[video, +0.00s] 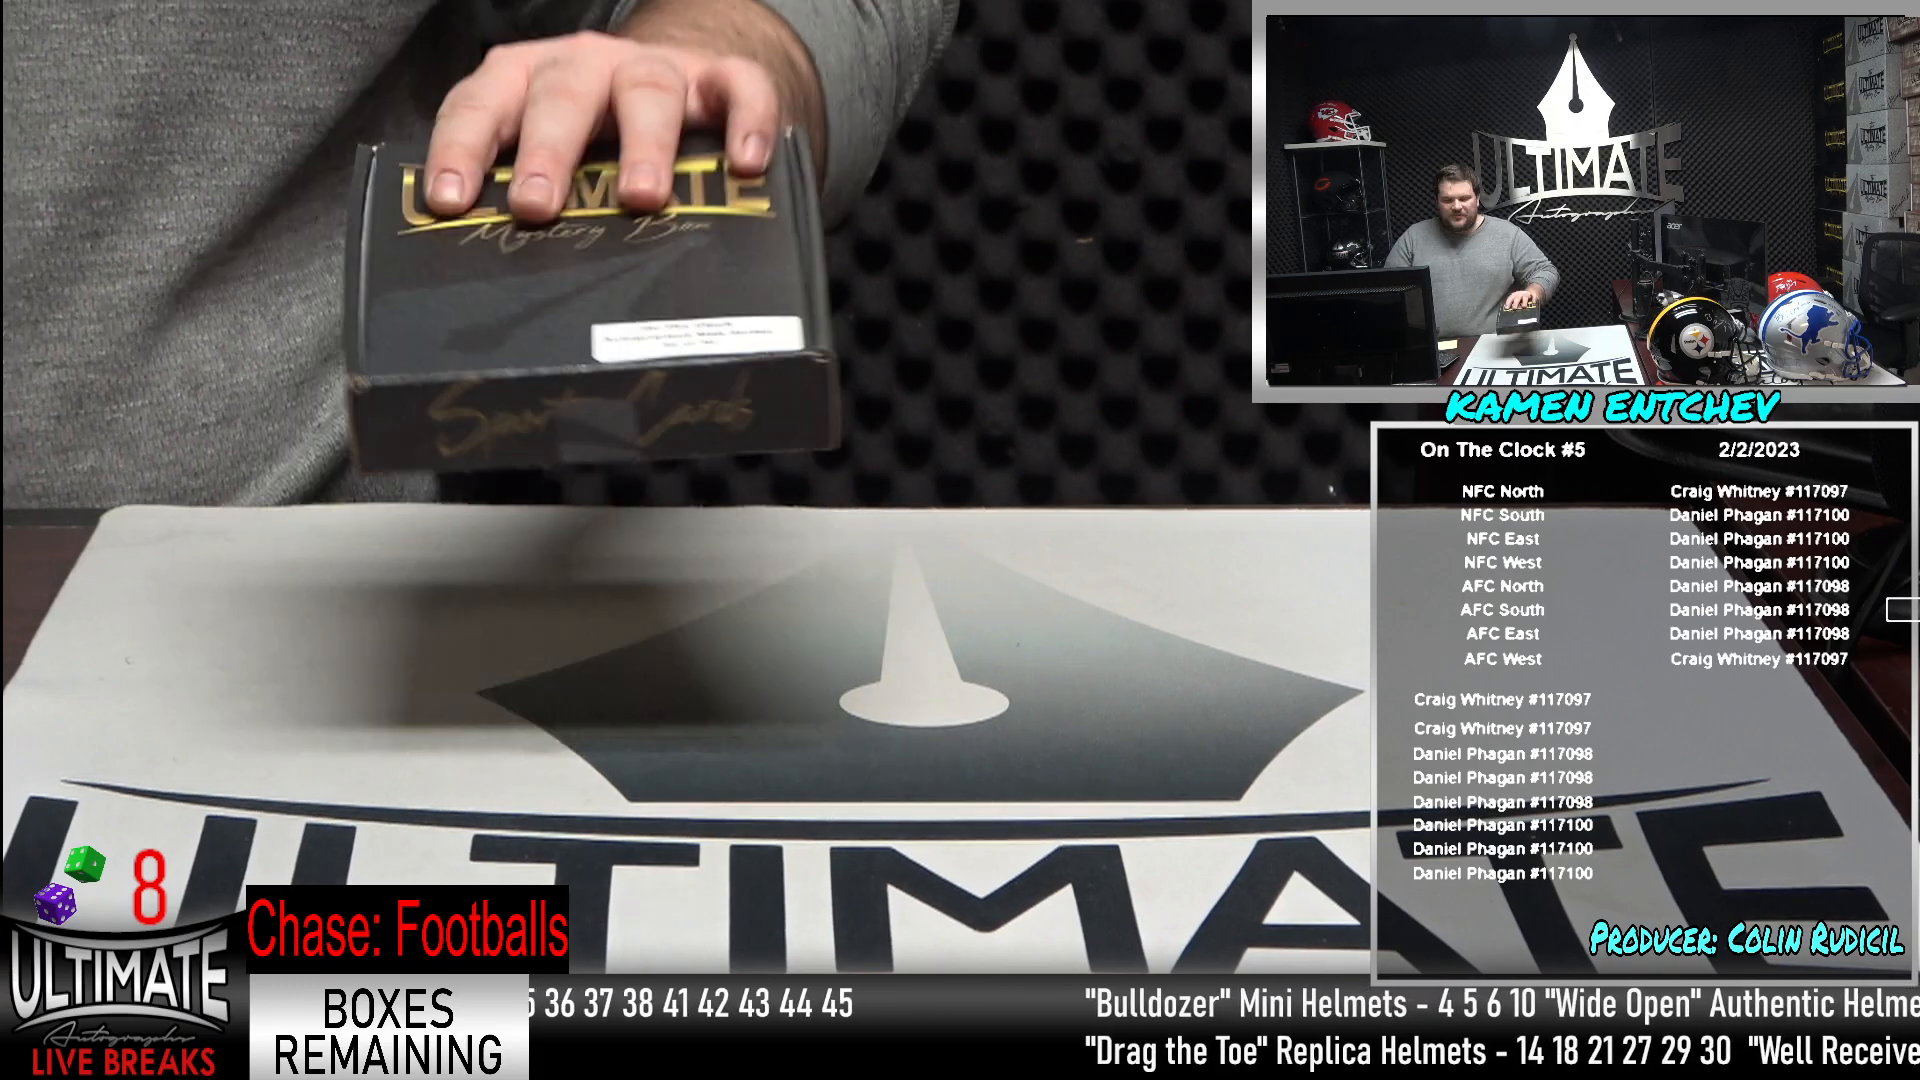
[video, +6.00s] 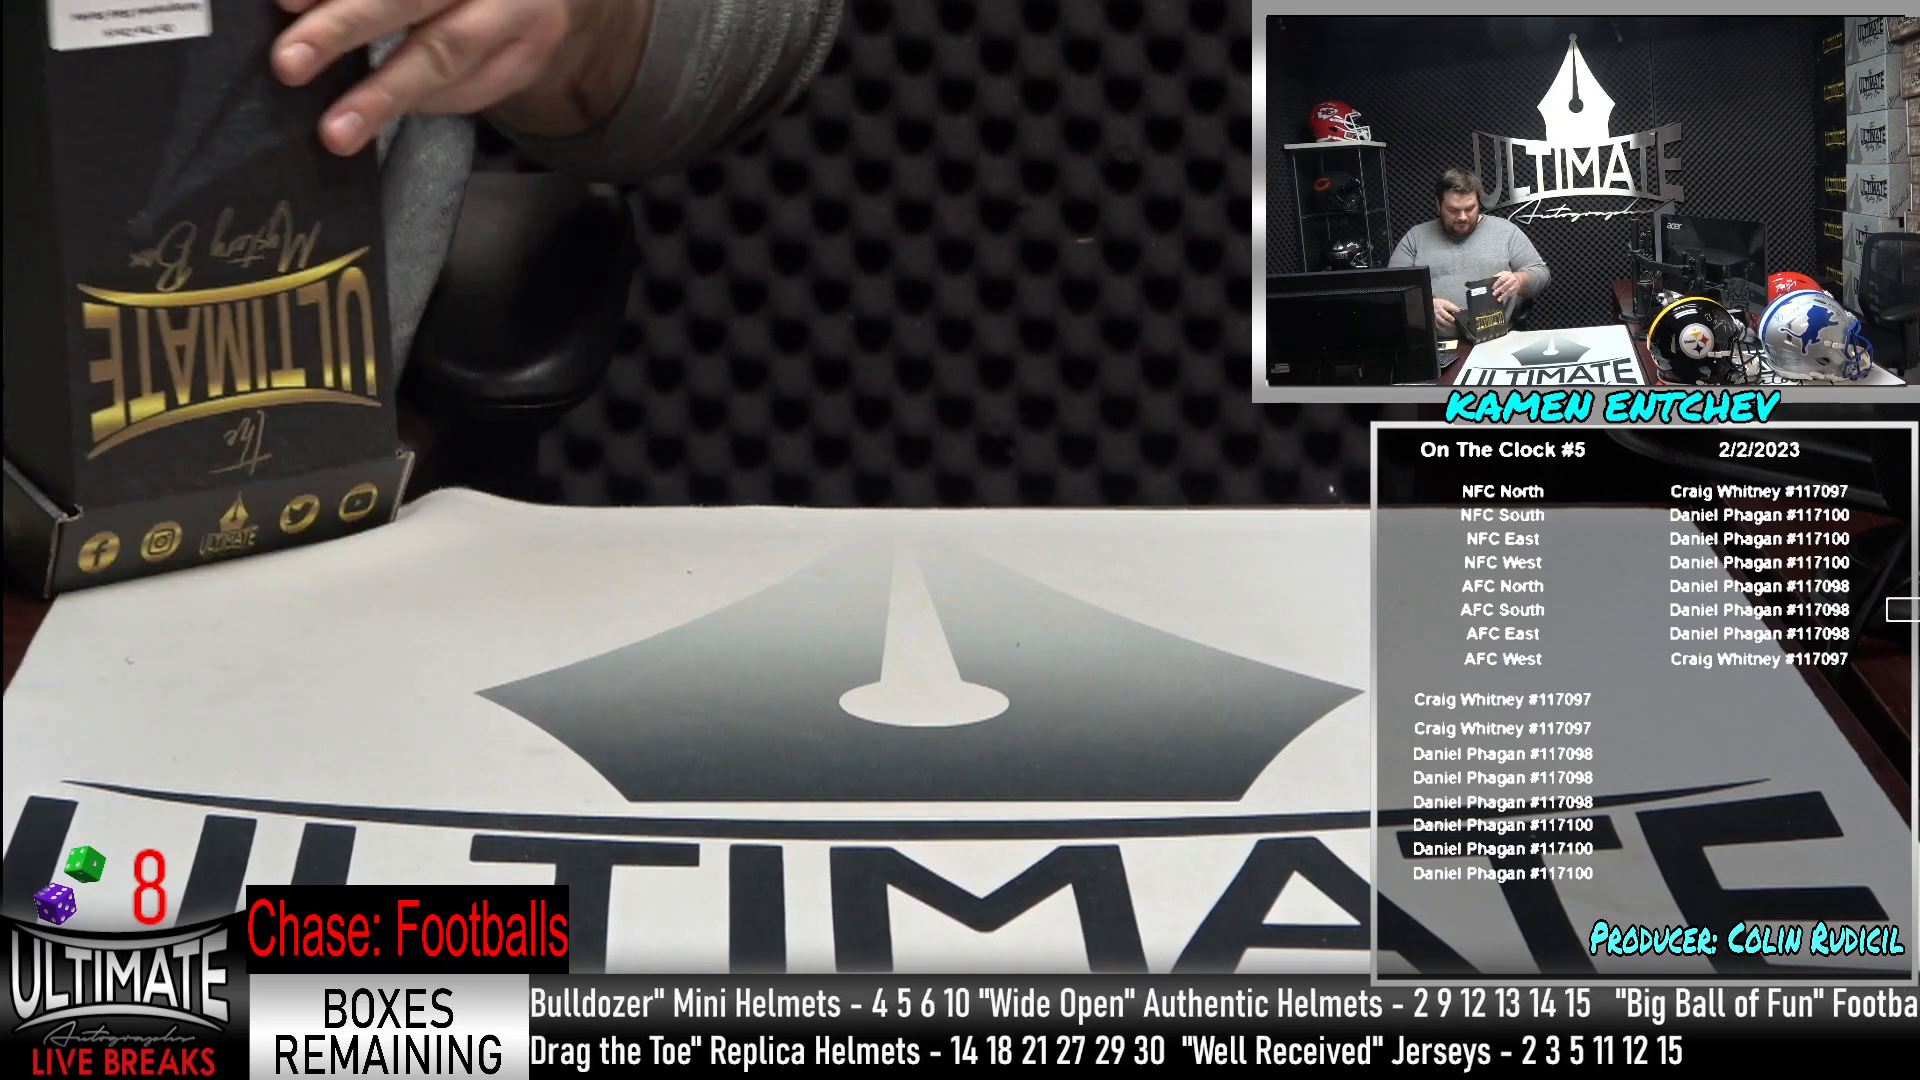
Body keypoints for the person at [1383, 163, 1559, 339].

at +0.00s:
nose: (1457, 207)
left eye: (1464, 198)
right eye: (1448, 200)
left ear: (1477, 199)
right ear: (1437, 201)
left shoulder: (1508, 235)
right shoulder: (1415, 237)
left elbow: (1544, 270)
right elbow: (1388, 287)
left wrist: (1533, 291)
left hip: (1496, 352)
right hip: (1432, 355)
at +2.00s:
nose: (1450, 204)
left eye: (1458, 196)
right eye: (1441, 198)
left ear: (1473, 199)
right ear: (1432, 202)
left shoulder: (1499, 233)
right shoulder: (1413, 237)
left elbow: (1522, 268)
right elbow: (1388, 287)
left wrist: (1525, 299)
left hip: (1492, 348)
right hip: (1430, 351)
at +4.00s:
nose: (1448, 210)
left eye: (1453, 200)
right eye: (1439, 206)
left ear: (1467, 196)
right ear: (1430, 208)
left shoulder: (1504, 230)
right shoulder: (1415, 239)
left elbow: (1535, 273)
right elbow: (1394, 287)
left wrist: (1510, 301)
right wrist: (1434, 298)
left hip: (1501, 346)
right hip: (1438, 351)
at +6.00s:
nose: (1463, 218)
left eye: (1469, 209)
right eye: (1454, 210)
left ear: (1478, 203)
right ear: (1439, 206)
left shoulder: (1506, 232)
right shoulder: (1416, 238)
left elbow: (1540, 272)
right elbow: (1391, 288)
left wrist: (1520, 281)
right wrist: (1425, 304)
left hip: (1499, 347)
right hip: (1434, 352)